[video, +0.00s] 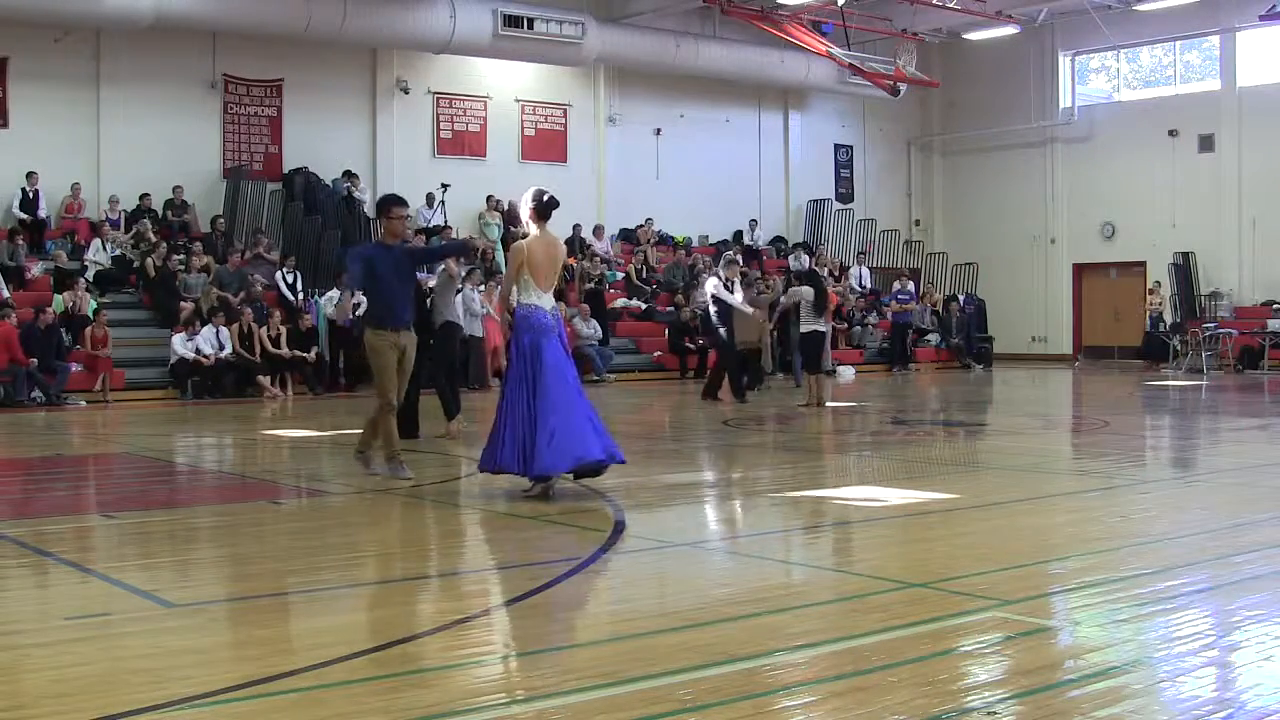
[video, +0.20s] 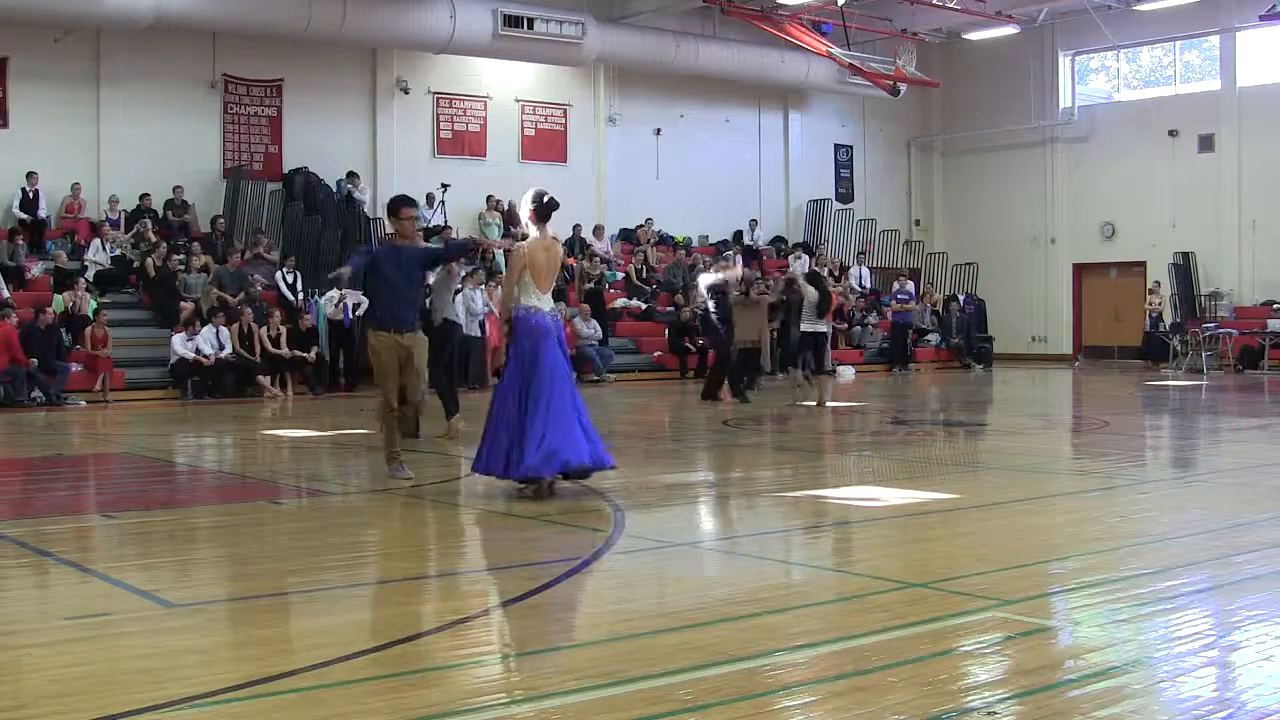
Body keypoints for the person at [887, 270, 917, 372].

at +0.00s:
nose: (903, 282)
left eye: (905, 280)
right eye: (901, 280)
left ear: (908, 281)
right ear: (899, 282)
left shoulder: (911, 294)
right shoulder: (894, 294)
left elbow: (913, 306)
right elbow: (893, 308)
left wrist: (899, 306)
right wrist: (907, 307)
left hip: (907, 321)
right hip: (896, 321)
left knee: (906, 344)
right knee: (896, 343)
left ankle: (905, 363)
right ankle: (896, 364)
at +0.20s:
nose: (902, 283)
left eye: (904, 281)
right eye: (900, 281)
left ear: (907, 281)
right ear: (897, 281)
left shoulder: (910, 294)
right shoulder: (894, 294)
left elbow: (912, 306)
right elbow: (893, 307)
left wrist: (899, 306)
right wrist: (906, 306)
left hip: (907, 321)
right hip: (896, 321)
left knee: (906, 344)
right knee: (896, 343)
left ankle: (905, 364)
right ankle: (895, 364)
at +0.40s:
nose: (902, 282)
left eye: (904, 280)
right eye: (900, 280)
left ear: (907, 281)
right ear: (897, 282)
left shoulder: (910, 294)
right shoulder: (894, 294)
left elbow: (912, 306)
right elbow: (893, 307)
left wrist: (899, 305)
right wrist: (907, 306)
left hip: (907, 321)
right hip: (896, 321)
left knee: (906, 344)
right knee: (896, 343)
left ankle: (905, 364)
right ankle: (896, 364)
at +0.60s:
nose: (901, 282)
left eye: (903, 280)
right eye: (899, 280)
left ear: (906, 281)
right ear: (897, 282)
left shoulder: (909, 294)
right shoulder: (894, 294)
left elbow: (912, 306)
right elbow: (894, 307)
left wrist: (900, 306)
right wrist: (907, 306)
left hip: (907, 322)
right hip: (896, 322)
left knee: (905, 343)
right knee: (896, 343)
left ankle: (905, 363)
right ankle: (895, 364)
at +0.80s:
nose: (901, 282)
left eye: (903, 280)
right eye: (899, 280)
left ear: (906, 281)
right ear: (897, 282)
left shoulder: (909, 294)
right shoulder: (894, 294)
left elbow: (912, 306)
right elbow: (894, 307)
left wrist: (900, 305)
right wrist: (907, 306)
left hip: (907, 322)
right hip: (896, 322)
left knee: (905, 343)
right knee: (896, 343)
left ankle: (905, 363)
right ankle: (895, 364)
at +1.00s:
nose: (901, 282)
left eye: (903, 280)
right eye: (899, 280)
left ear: (906, 281)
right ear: (897, 282)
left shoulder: (909, 294)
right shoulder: (894, 294)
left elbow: (912, 306)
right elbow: (894, 307)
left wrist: (900, 306)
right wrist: (907, 306)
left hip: (906, 322)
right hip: (896, 322)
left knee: (905, 343)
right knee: (895, 343)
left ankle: (905, 363)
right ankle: (895, 364)